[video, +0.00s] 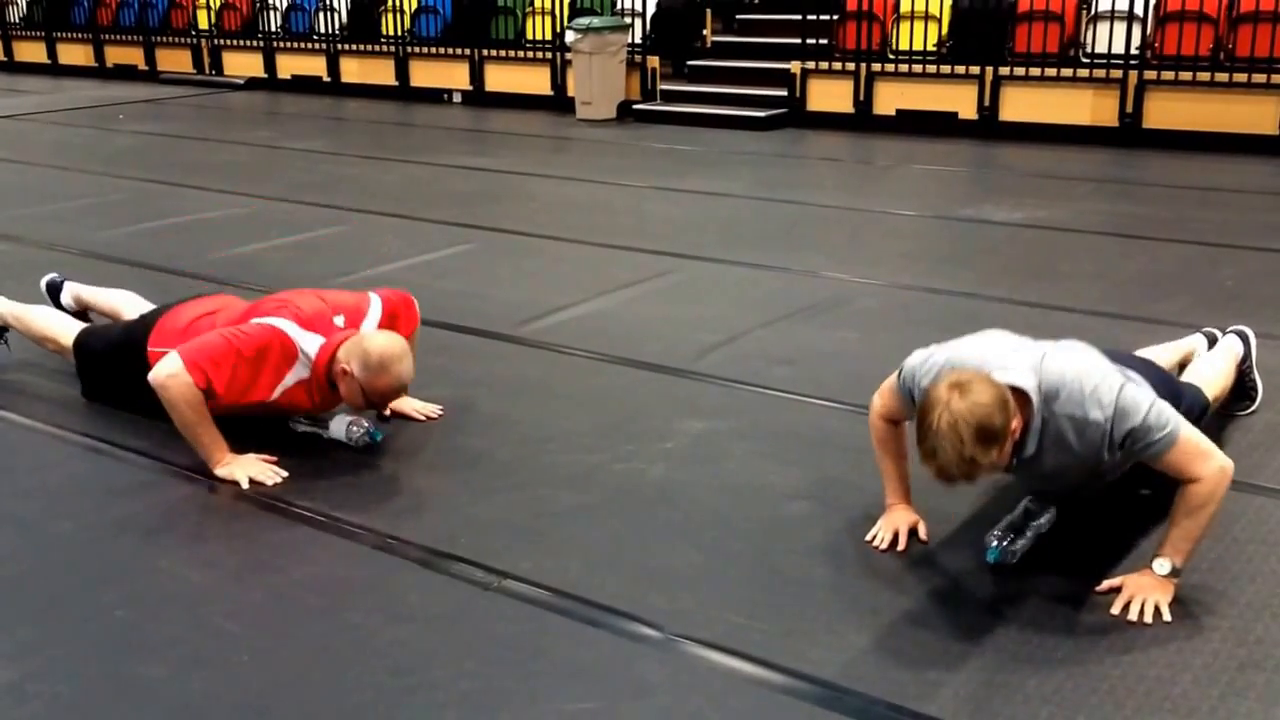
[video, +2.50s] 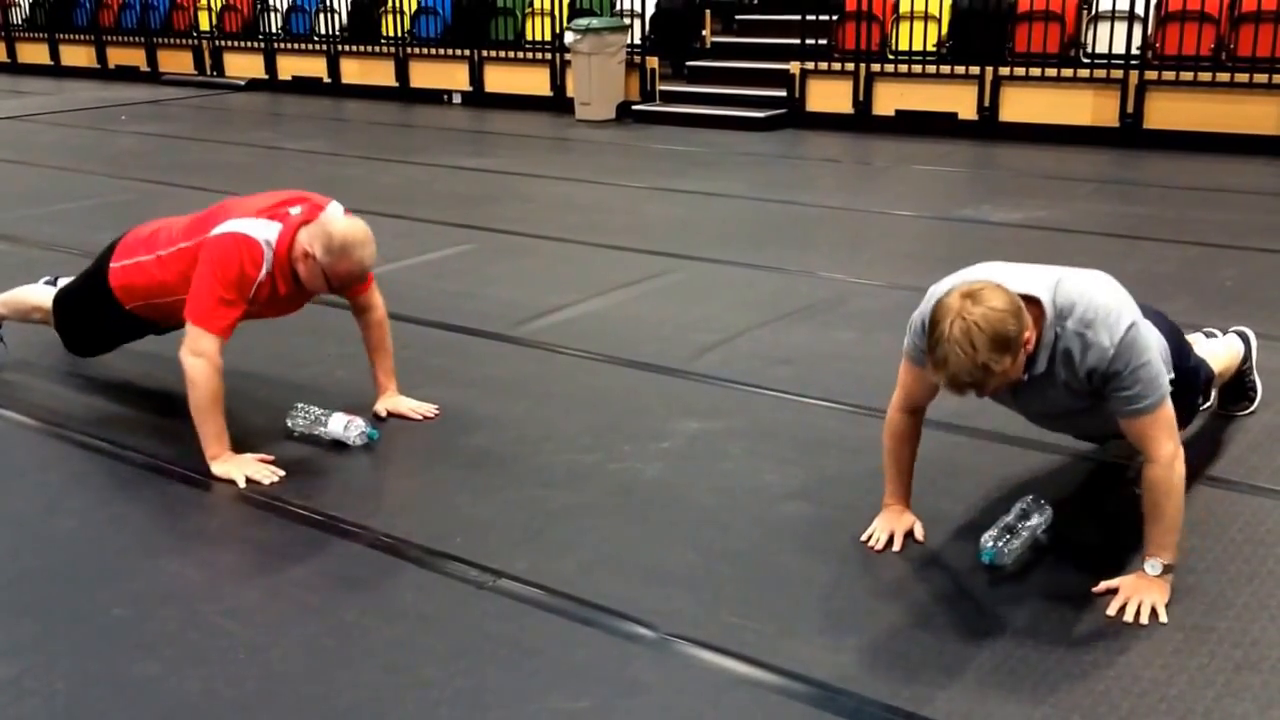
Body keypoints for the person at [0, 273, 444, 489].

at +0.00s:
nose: (364, 409)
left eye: (378, 405)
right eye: (360, 402)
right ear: (342, 369)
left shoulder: (392, 315)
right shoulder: (270, 347)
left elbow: (405, 312)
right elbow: (170, 379)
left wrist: (390, 393)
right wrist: (223, 459)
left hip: (221, 312)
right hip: (158, 342)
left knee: (141, 315)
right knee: (72, 341)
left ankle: (67, 291)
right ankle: (5, 307)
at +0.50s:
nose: (341, 283)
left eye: (352, 275)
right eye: (337, 269)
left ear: (364, 246)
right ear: (314, 237)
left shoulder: (345, 222)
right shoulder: (246, 244)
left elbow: (363, 307)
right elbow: (228, 353)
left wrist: (392, 388)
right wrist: (228, 453)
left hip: (188, 291)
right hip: (135, 287)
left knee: (101, 311)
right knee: (67, 309)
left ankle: (56, 302)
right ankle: (8, 303)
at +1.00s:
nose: (369, 413)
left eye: (382, 407)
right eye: (365, 406)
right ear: (343, 374)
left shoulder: (388, 314)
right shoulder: (271, 350)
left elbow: (398, 310)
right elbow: (168, 378)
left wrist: (390, 393)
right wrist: (222, 457)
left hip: (223, 314)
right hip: (158, 344)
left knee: (143, 316)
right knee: (74, 342)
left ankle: (69, 290)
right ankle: (7, 308)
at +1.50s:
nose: (336, 287)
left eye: (347, 278)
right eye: (331, 274)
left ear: (358, 243)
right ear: (305, 240)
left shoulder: (338, 224)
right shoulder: (235, 245)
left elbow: (361, 307)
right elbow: (216, 351)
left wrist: (389, 388)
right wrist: (223, 453)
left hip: (184, 290)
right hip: (128, 287)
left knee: (94, 308)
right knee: (63, 308)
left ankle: (48, 296)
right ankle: (8, 304)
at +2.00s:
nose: (365, 391)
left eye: (374, 386)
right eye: (360, 384)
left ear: (395, 334)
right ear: (336, 358)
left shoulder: (369, 307)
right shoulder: (261, 340)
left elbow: (398, 305)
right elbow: (165, 378)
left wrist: (388, 387)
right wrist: (219, 457)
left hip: (208, 312)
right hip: (147, 345)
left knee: (138, 314)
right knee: (72, 341)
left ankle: (71, 290)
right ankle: (6, 308)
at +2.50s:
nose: (332, 296)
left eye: (346, 289)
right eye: (329, 285)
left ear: (363, 258)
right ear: (306, 251)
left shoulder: (340, 235)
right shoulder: (237, 253)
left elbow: (369, 305)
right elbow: (198, 354)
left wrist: (388, 390)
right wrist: (221, 456)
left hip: (175, 285)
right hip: (125, 285)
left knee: (97, 306)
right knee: (59, 309)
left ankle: (55, 292)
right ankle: (10, 303)